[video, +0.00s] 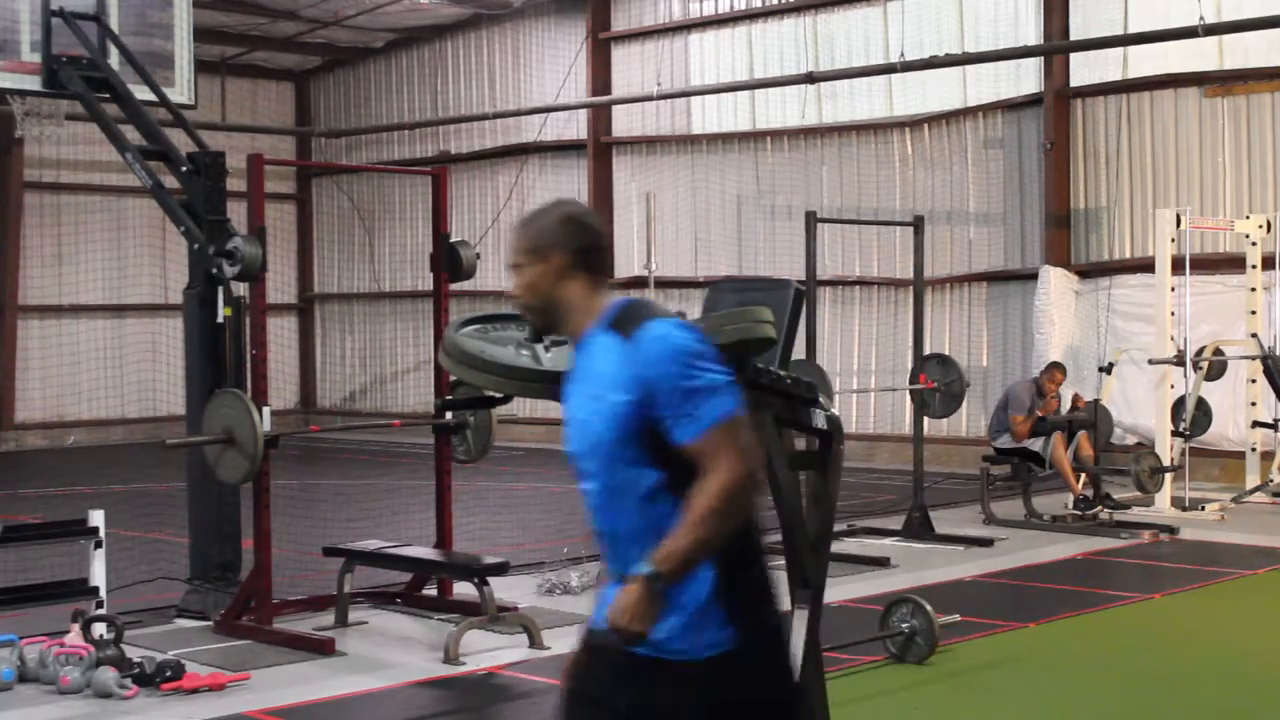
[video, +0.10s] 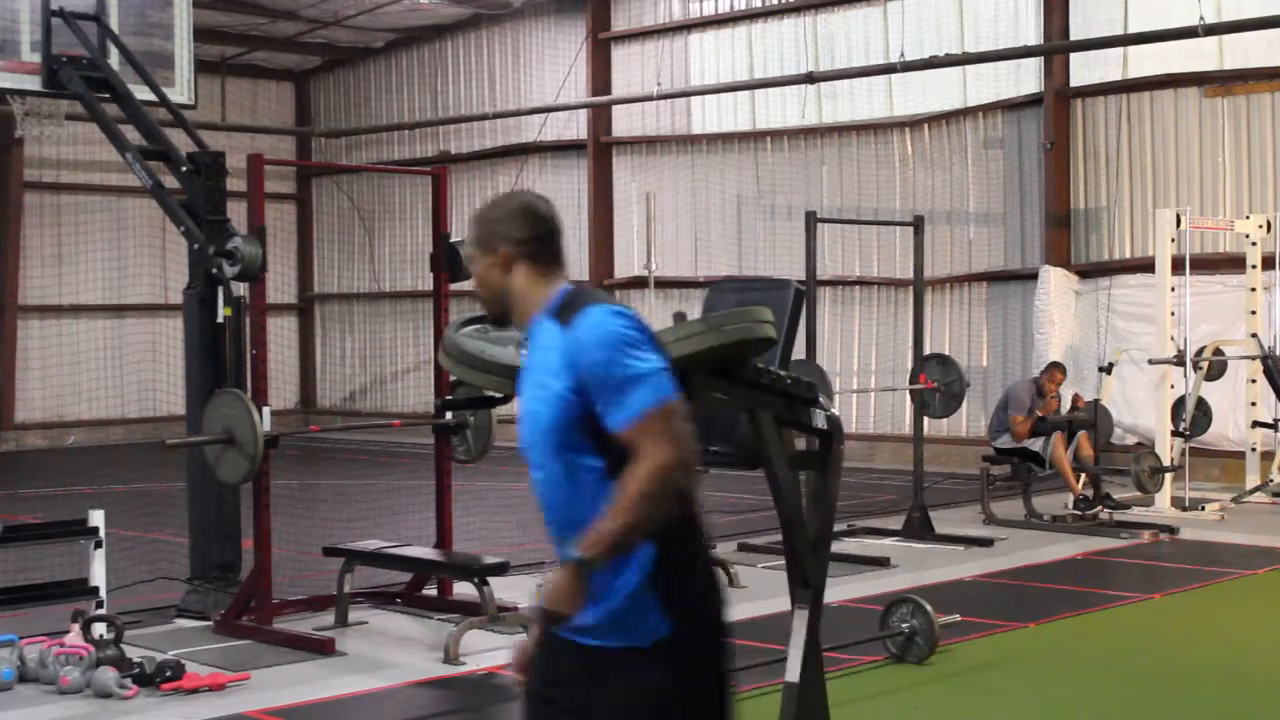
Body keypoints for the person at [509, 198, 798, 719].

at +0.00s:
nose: (512, 288)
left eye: (519, 268)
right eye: (512, 272)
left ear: (561, 264)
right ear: (554, 267)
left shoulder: (661, 344)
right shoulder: (585, 360)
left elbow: (734, 468)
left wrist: (651, 580)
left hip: (707, 645)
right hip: (624, 636)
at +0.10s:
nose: (471, 280)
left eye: (473, 264)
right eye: (469, 266)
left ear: (507, 258)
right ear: (518, 259)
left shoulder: (598, 330)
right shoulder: (545, 341)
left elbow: (668, 457)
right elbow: (585, 501)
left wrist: (578, 566)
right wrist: (545, 627)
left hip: (647, 638)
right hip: (579, 634)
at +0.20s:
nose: (454, 263)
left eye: (454, 246)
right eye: (454, 248)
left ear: (474, 240)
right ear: (529, 234)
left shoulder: (553, 316)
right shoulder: (523, 323)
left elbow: (607, 449)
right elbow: (564, 497)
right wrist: (508, 606)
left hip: (588, 627)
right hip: (551, 624)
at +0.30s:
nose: (441, 243)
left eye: (442, 229)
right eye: (443, 230)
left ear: (455, 228)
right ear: (520, 228)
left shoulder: (509, 309)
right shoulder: (531, 305)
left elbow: (541, 453)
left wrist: (428, 533)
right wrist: (470, 585)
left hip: (537, 613)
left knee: (433, 708)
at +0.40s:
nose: (434, 245)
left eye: (434, 228)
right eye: (440, 231)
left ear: (442, 224)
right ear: (509, 232)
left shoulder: (465, 302)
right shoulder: (539, 311)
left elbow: (472, 450)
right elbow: (534, 478)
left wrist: (357, 521)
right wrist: (448, 566)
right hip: (564, 585)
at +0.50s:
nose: (425, 220)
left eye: (426, 212)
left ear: (427, 218)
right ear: (499, 229)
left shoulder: (423, 294)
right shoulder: (538, 323)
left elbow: (402, 437)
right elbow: (546, 461)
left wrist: (302, 502)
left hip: (438, 601)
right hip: (537, 600)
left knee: (331, 711)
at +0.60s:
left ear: (412, 218)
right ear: (485, 229)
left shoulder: (374, 295)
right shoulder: (528, 331)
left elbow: (312, 439)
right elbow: (546, 491)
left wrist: (255, 498)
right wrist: (498, 560)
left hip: (384, 613)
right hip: (496, 614)